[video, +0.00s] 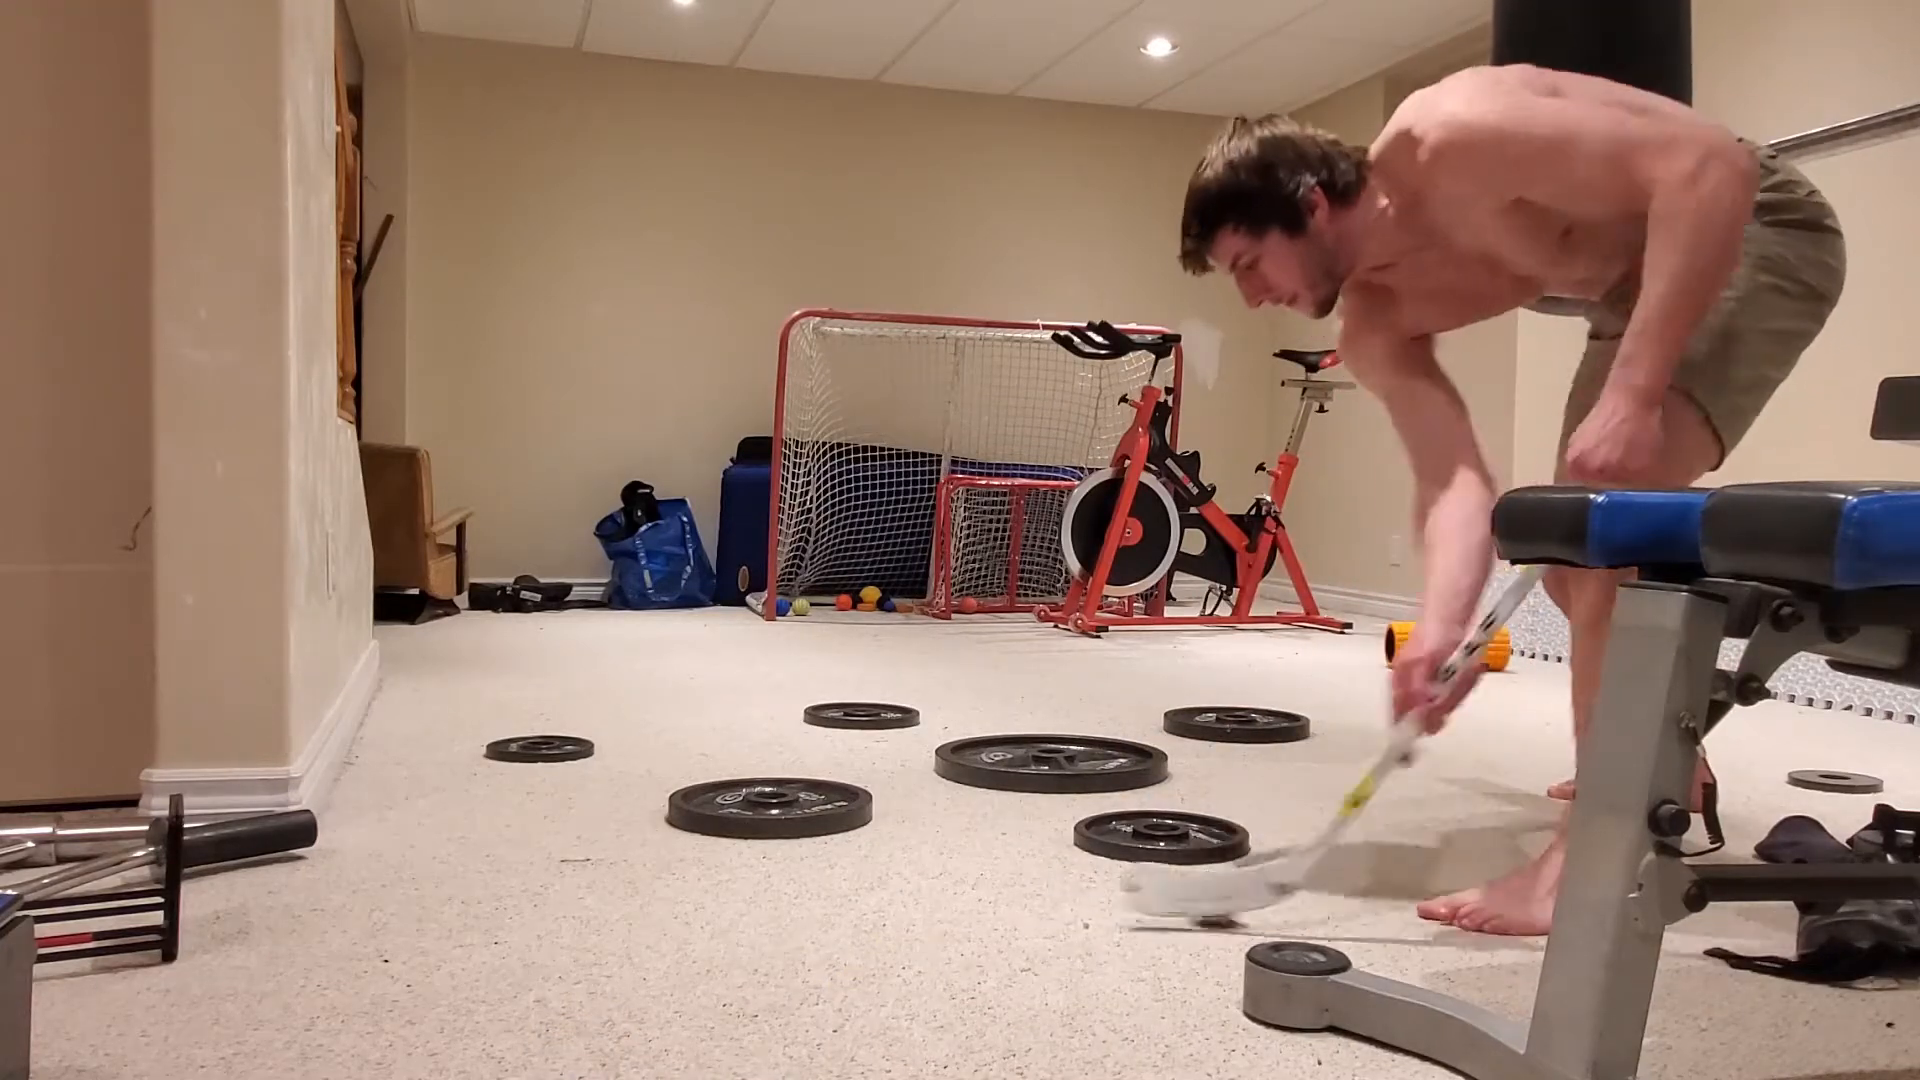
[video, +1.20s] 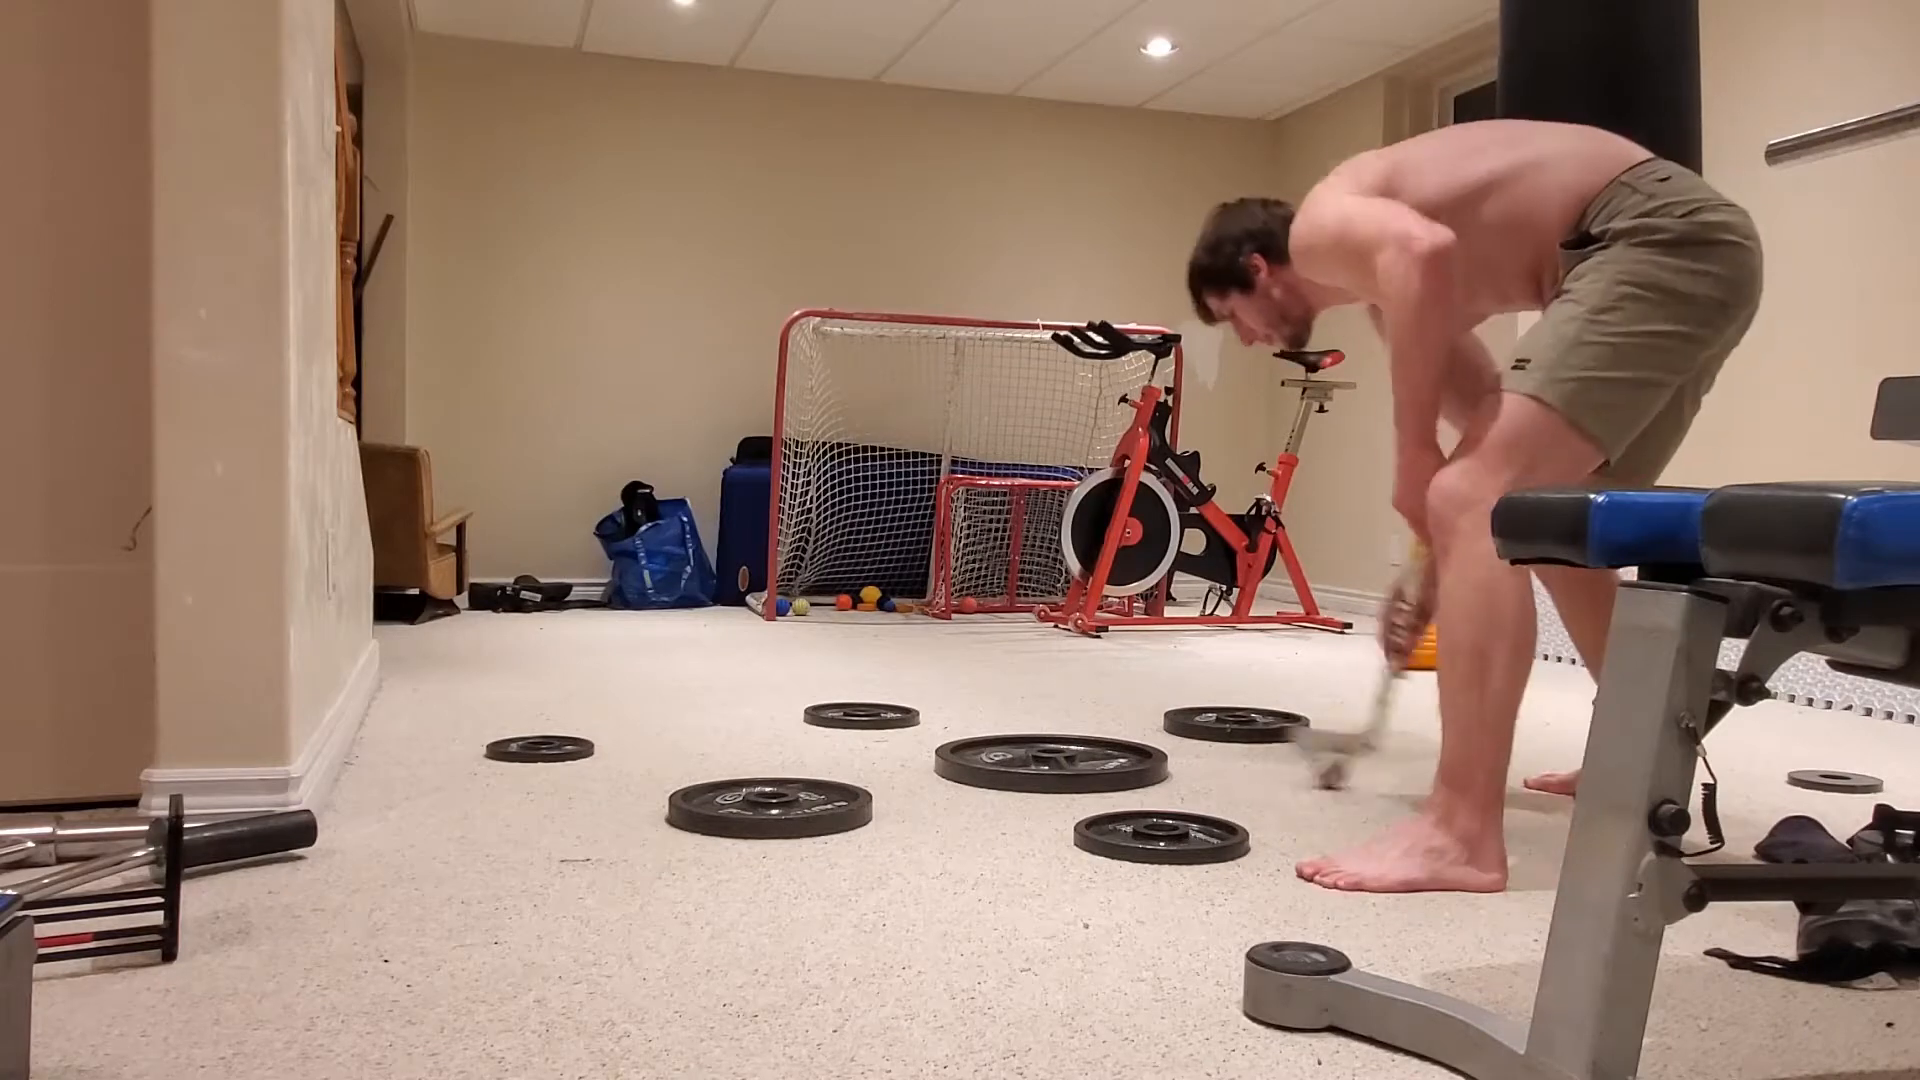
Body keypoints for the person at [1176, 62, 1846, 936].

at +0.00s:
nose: (1253, 297)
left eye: (1250, 264)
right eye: (1236, 280)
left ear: (1307, 201)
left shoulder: (1451, 132)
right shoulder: (1375, 329)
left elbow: (1710, 167)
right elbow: (1453, 479)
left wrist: (1630, 396)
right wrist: (1439, 633)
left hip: (1757, 226)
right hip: (1635, 288)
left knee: (1613, 509)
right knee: (1573, 550)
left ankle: (1601, 847)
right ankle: (1668, 765)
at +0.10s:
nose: (1243, 292)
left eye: (1243, 258)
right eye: (1227, 272)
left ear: (1308, 201)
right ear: (1310, 207)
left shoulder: (1460, 146)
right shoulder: (1354, 327)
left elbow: (1698, 237)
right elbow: (1405, 491)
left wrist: (1574, 461)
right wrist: (1341, 641)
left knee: (1588, 526)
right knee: (1571, 529)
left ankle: (1600, 848)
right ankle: (1655, 758)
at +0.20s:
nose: (1229, 287)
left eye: (1228, 255)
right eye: (1214, 267)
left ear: (1295, 202)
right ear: (1294, 209)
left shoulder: (1441, 169)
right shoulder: (1337, 314)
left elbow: (1622, 327)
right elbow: (1348, 496)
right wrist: (1240, 644)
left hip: (1743, 225)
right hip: (1636, 265)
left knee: (1581, 495)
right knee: (1561, 496)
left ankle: (1593, 852)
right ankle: (1635, 751)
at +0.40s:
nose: (1198, 289)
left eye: (1194, 259)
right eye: (1183, 270)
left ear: (1253, 209)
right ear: (1251, 220)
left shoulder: (1368, 205)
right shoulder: (1321, 291)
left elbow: (1503, 374)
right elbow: (1334, 467)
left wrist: (1365, 517)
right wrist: (1225, 608)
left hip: (1736, 212)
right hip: (1646, 254)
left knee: (1569, 492)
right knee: (1534, 494)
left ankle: (1583, 853)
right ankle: (1588, 831)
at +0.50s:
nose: (1201, 303)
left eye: (1189, 278)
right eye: (1184, 290)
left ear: (1228, 226)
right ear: (1237, 228)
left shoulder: (1335, 202)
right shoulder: (1351, 269)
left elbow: (1505, 283)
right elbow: (1458, 411)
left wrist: (1407, 431)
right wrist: (1380, 549)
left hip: (1719, 207)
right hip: (1658, 231)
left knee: (1540, 492)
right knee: (1529, 491)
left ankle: (1579, 849)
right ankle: (1607, 748)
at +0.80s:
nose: (1286, 359)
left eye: (1265, 337)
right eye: (1266, 347)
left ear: (1280, 290)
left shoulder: (1344, 248)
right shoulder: (1438, 301)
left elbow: (1433, 321)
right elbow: (1515, 452)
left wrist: (1455, 520)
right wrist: (1460, 610)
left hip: (1694, 231)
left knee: (1540, 509)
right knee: (1578, 518)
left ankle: (1573, 849)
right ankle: (1585, 806)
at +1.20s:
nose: (1247, 339)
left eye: (1233, 317)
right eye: (1230, 329)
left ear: (1260, 269)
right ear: (1269, 271)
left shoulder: (1320, 226)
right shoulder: (1396, 295)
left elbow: (1420, 248)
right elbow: (1485, 417)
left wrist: (1416, 462)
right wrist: (1429, 573)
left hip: (1660, 237)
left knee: (1470, 497)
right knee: (1556, 511)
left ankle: (1462, 834)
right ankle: (1644, 750)